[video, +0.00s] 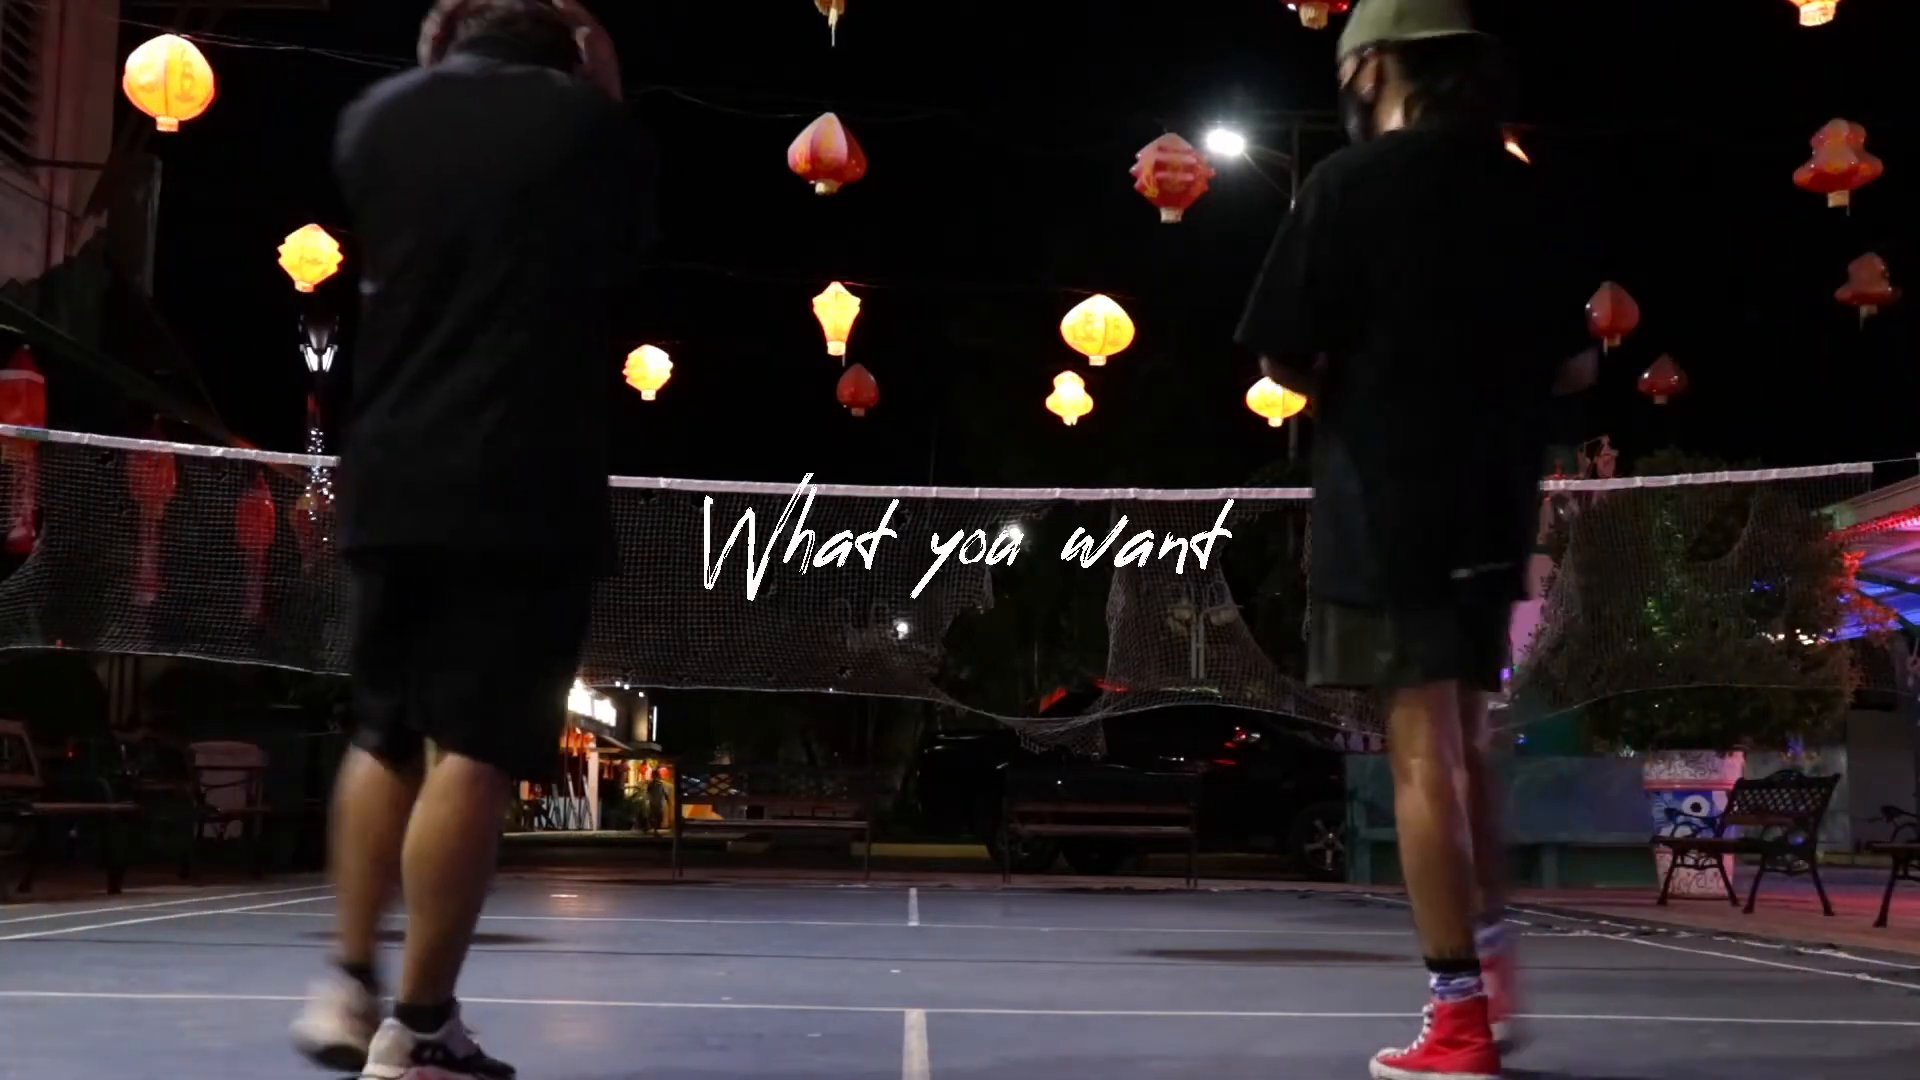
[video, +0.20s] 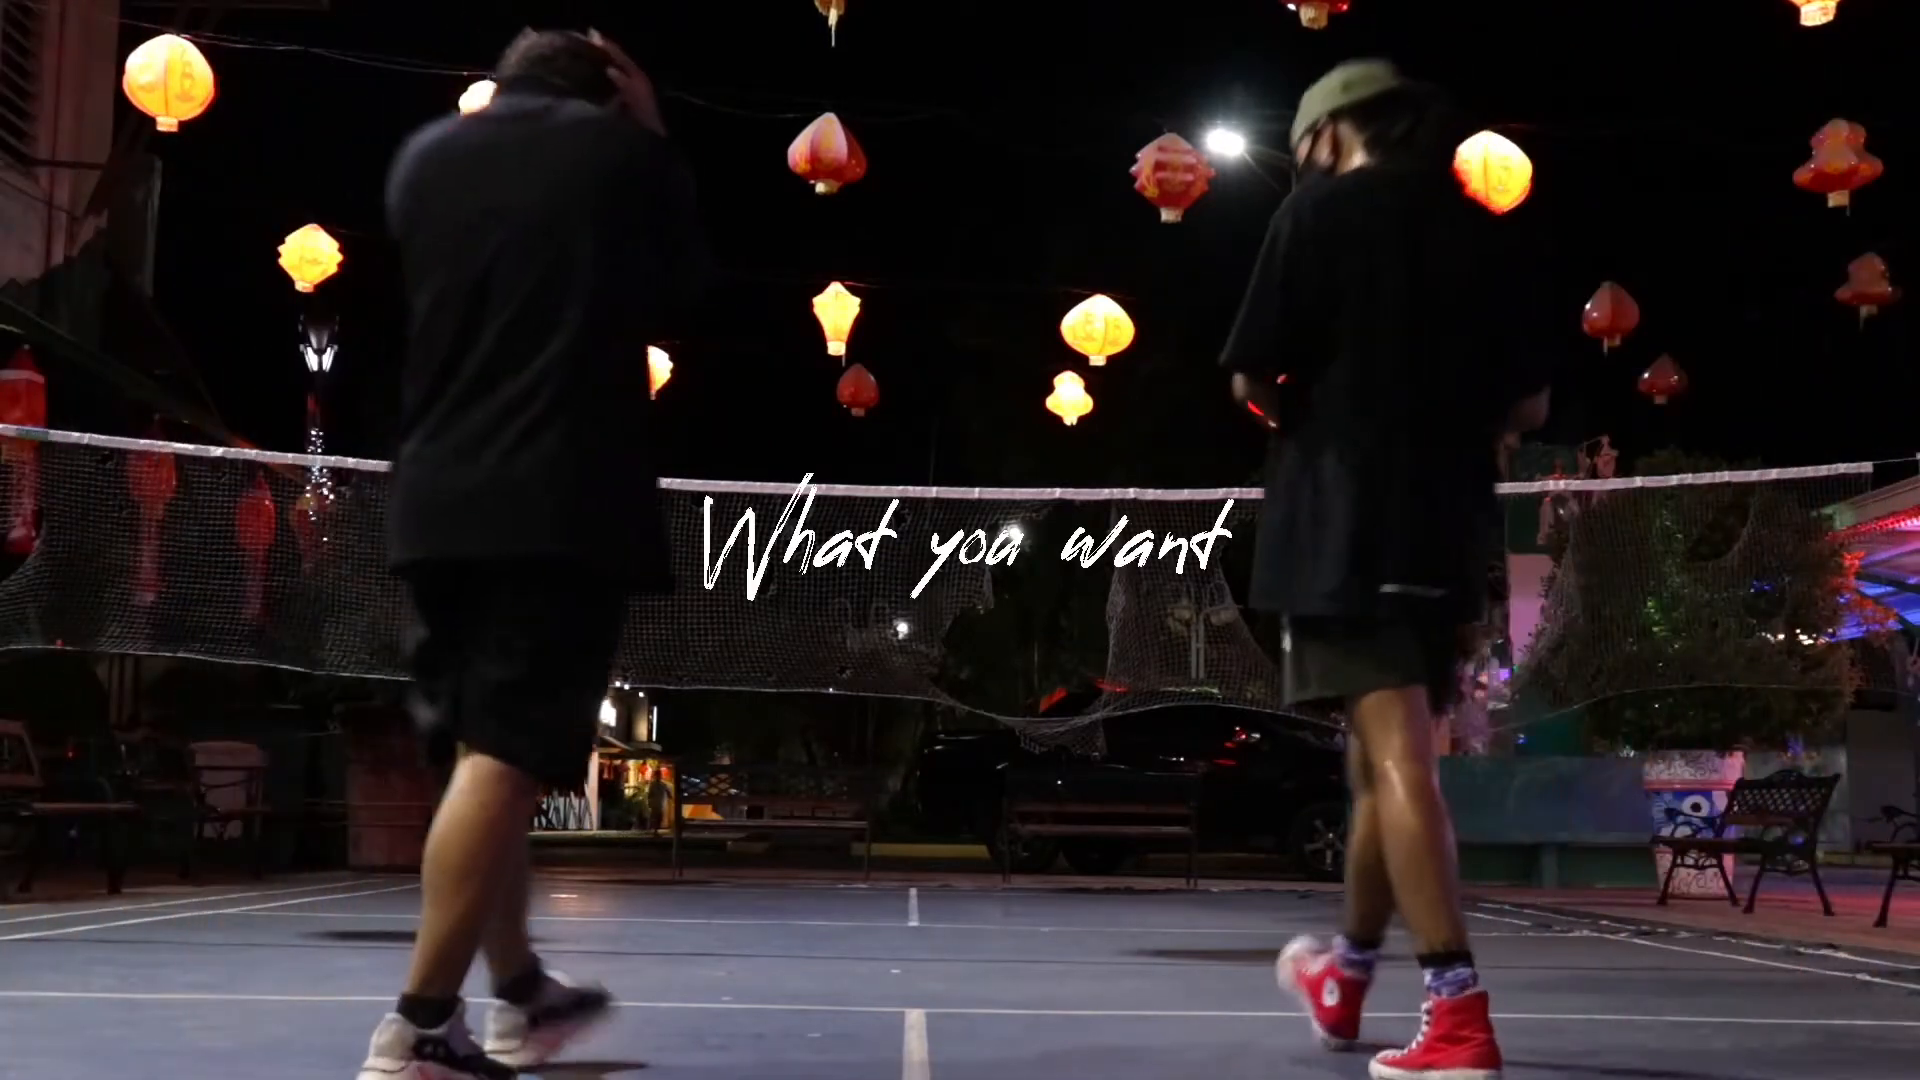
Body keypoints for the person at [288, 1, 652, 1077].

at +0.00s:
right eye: (574, 49)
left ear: (448, 52)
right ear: (563, 61)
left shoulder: (378, 120)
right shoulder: (594, 131)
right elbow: (624, 253)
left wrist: (429, 66)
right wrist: (609, 100)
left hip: (393, 477)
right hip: (532, 484)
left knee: (382, 731)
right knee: (472, 757)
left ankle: (349, 984)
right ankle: (417, 1028)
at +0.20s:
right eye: (614, 80)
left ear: (497, 85)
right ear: (604, 88)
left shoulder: (422, 161)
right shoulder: (619, 153)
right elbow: (678, 295)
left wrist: (482, 114)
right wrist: (648, 135)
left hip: (439, 492)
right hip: (572, 494)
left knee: (484, 748)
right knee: (505, 754)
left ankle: (522, 991)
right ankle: (417, 1027)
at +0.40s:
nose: (677, 135)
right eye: (676, 125)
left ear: (563, 107)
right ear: (657, 121)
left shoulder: (482, 191)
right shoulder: (655, 177)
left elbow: (497, 327)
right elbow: (746, 289)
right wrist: (709, 158)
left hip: (497, 510)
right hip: (622, 512)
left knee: (525, 750)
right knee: (623, 758)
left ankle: (543, 1001)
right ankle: (471, 960)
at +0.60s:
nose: (756, 169)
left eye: (761, 153)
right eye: (754, 154)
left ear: (654, 122)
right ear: (723, 136)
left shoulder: (566, 197)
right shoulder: (696, 196)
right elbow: (796, 291)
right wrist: (779, 171)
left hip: (565, 523)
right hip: (683, 525)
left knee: (579, 747)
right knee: (743, 732)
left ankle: (540, 1002)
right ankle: (657, 954)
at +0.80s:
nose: (828, 187)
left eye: (833, 172)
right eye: (825, 172)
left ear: (732, 140)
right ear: (796, 155)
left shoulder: (660, 215)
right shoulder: (756, 221)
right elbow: (880, 320)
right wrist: (857, 186)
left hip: (643, 546)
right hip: (735, 554)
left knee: (623, 759)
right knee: (776, 782)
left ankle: (546, 999)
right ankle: (845, 1003)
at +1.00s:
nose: (921, 166)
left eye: (919, 146)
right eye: (916, 146)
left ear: (810, 139)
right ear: (882, 146)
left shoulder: (754, 226)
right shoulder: (863, 229)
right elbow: (979, 323)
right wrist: (940, 191)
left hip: (757, 540)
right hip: (848, 545)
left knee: (777, 756)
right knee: (845, 769)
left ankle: (638, 920)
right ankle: (854, 1007)